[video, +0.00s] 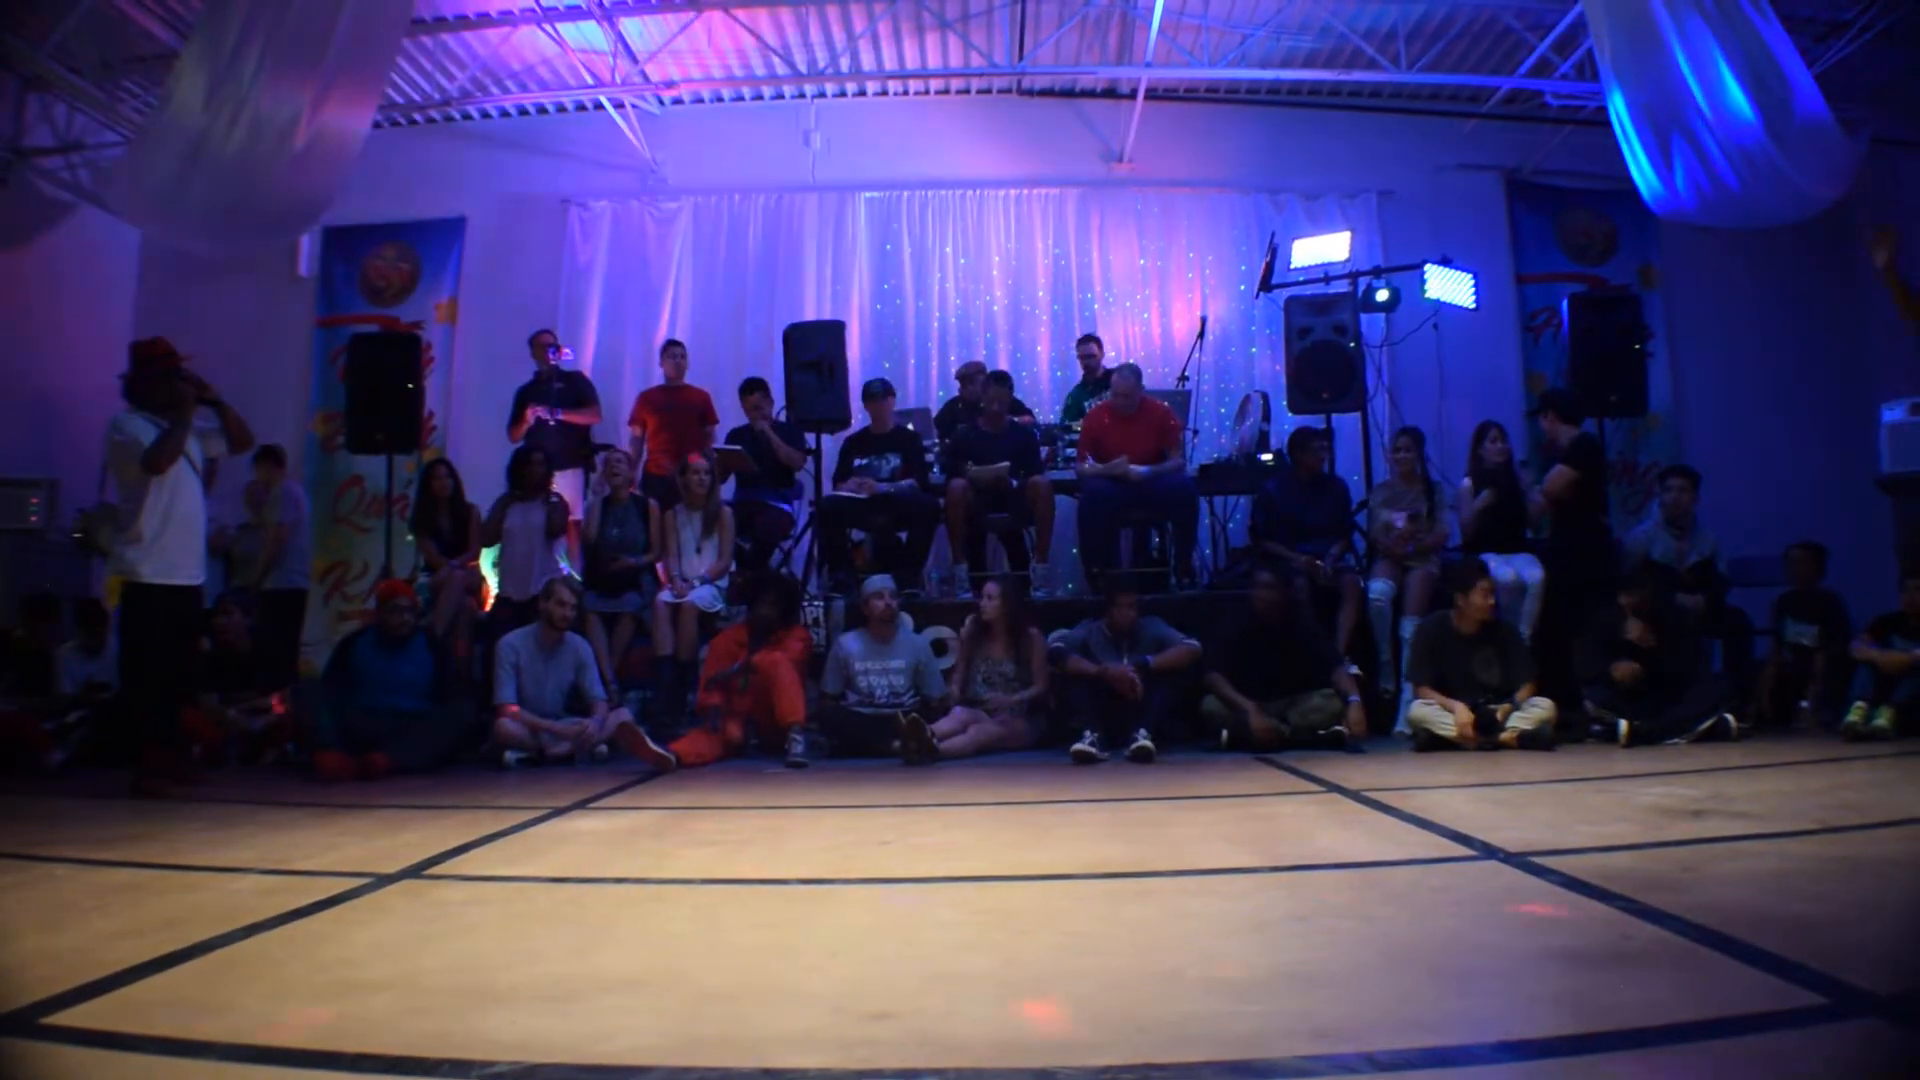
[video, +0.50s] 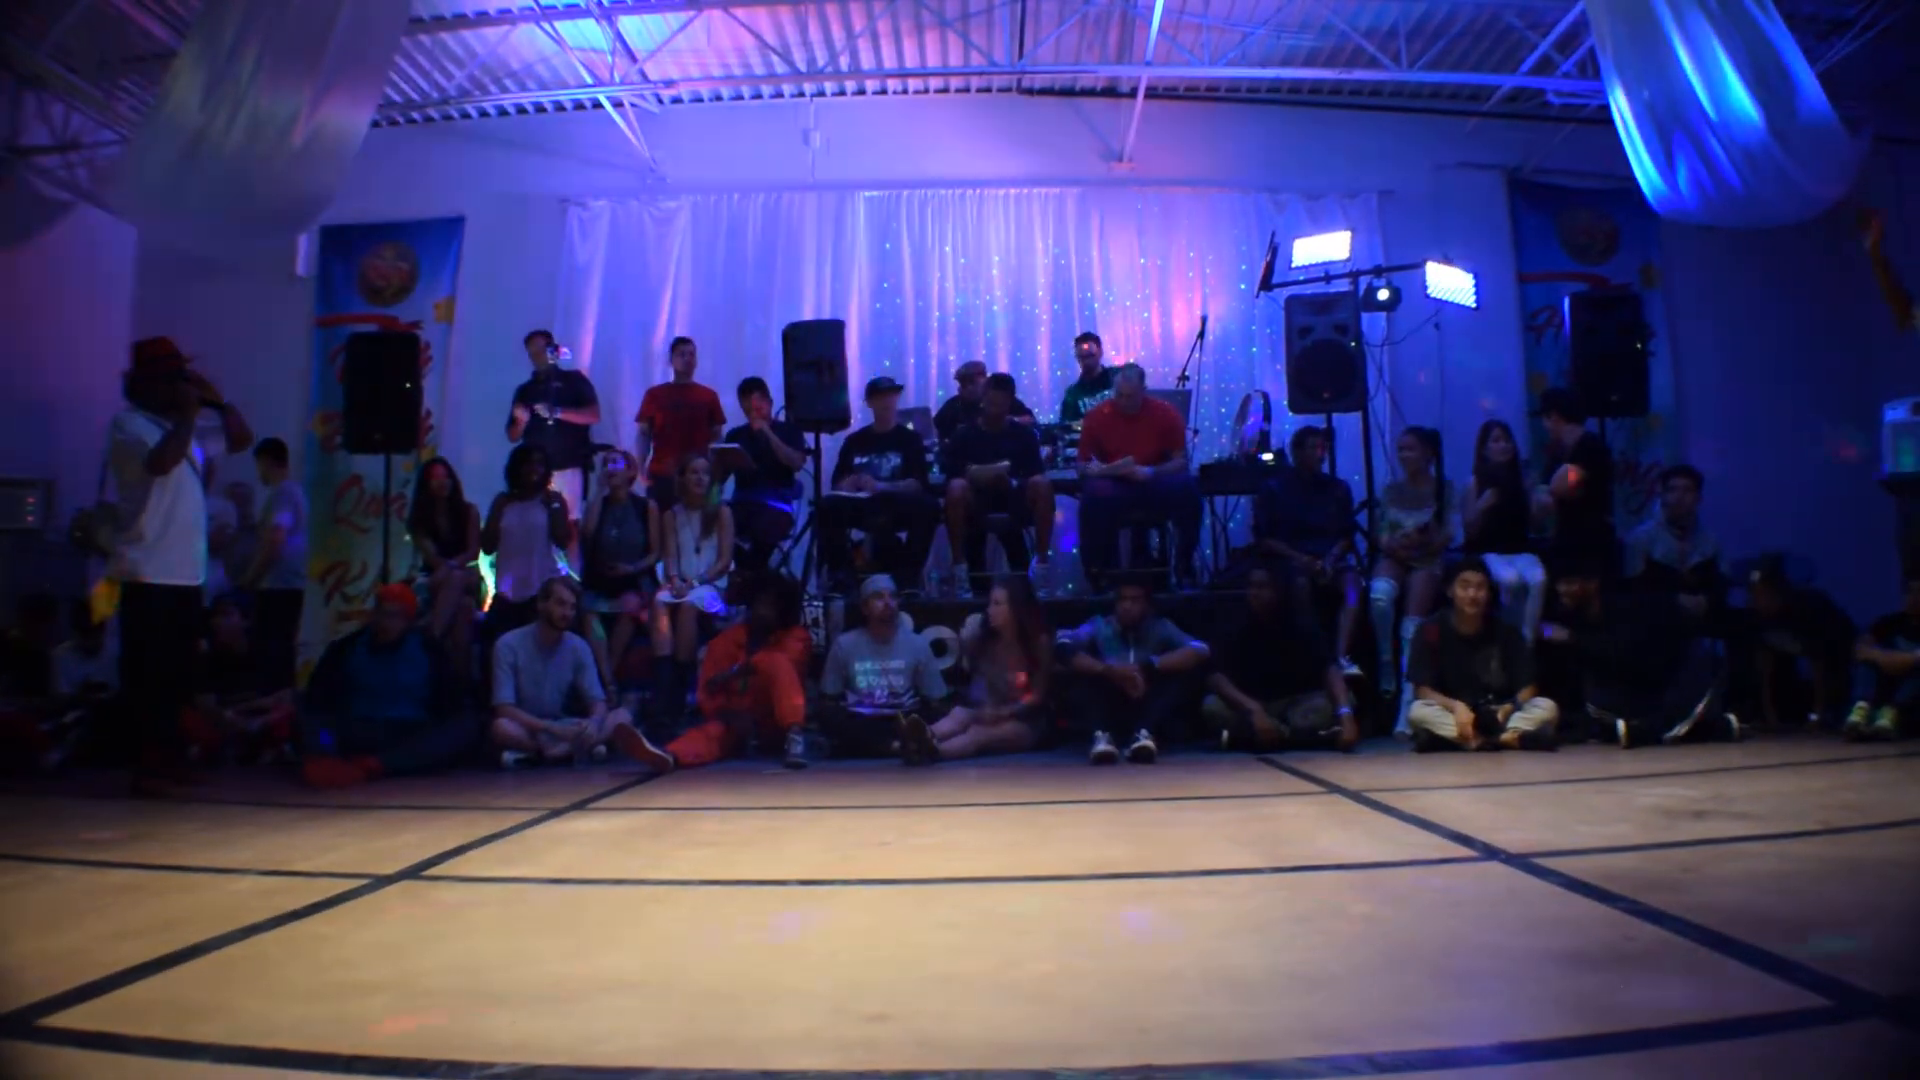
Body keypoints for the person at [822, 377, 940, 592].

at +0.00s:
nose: (879, 406)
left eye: (883, 400)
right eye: (873, 401)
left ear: (893, 401)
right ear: (866, 405)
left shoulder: (909, 438)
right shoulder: (853, 442)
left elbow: (919, 481)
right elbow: (838, 484)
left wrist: (882, 487)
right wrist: (852, 486)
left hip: (897, 502)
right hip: (860, 502)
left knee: (928, 507)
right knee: (827, 507)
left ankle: (909, 579)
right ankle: (841, 578)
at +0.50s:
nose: (887, 403)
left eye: (891, 397)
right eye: (881, 398)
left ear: (897, 400)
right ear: (870, 403)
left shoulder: (910, 439)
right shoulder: (854, 441)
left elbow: (918, 483)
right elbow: (837, 485)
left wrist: (878, 486)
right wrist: (852, 484)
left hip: (897, 502)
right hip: (861, 503)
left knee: (928, 508)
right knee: (827, 507)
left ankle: (908, 579)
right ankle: (841, 578)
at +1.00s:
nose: (895, 403)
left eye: (898, 397)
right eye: (889, 397)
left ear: (903, 401)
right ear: (875, 402)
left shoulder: (913, 439)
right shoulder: (857, 439)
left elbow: (919, 483)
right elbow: (840, 482)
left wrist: (875, 485)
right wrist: (851, 484)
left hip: (897, 501)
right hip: (861, 502)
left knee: (927, 508)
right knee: (825, 507)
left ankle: (908, 580)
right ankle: (840, 578)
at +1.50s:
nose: (894, 403)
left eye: (897, 397)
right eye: (887, 398)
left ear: (903, 401)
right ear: (875, 403)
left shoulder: (914, 439)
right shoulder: (857, 439)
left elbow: (919, 483)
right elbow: (838, 481)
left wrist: (874, 485)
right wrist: (847, 484)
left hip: (897, 501)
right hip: (860, 501)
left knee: (927, 508)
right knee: (826, 506)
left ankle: (907, 580)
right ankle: (840, 578)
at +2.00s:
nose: (903, 409)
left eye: (906, 403)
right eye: (897, 403)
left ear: (908, 405)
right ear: (881, 404)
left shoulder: (914, 439)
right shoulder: (856, 439)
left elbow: (919, 483)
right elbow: (837, 482)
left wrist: (875, 486)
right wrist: (850, 485)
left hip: (897, 502)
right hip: (859, 502)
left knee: (927, 508)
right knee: (826, 507)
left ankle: (909, 579)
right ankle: (839, 577)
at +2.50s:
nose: (909, 408)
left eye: (910, 403)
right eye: (904, 403)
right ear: (886, 405)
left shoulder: (915, 440)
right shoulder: (857, 438)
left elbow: (919, 484)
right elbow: (836, 482)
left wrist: (875, 485)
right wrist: (851, 483)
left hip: (898, 503)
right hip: (860, 503)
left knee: (927, 508)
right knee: (825, 507)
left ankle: (910, 579)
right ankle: (839, 576)